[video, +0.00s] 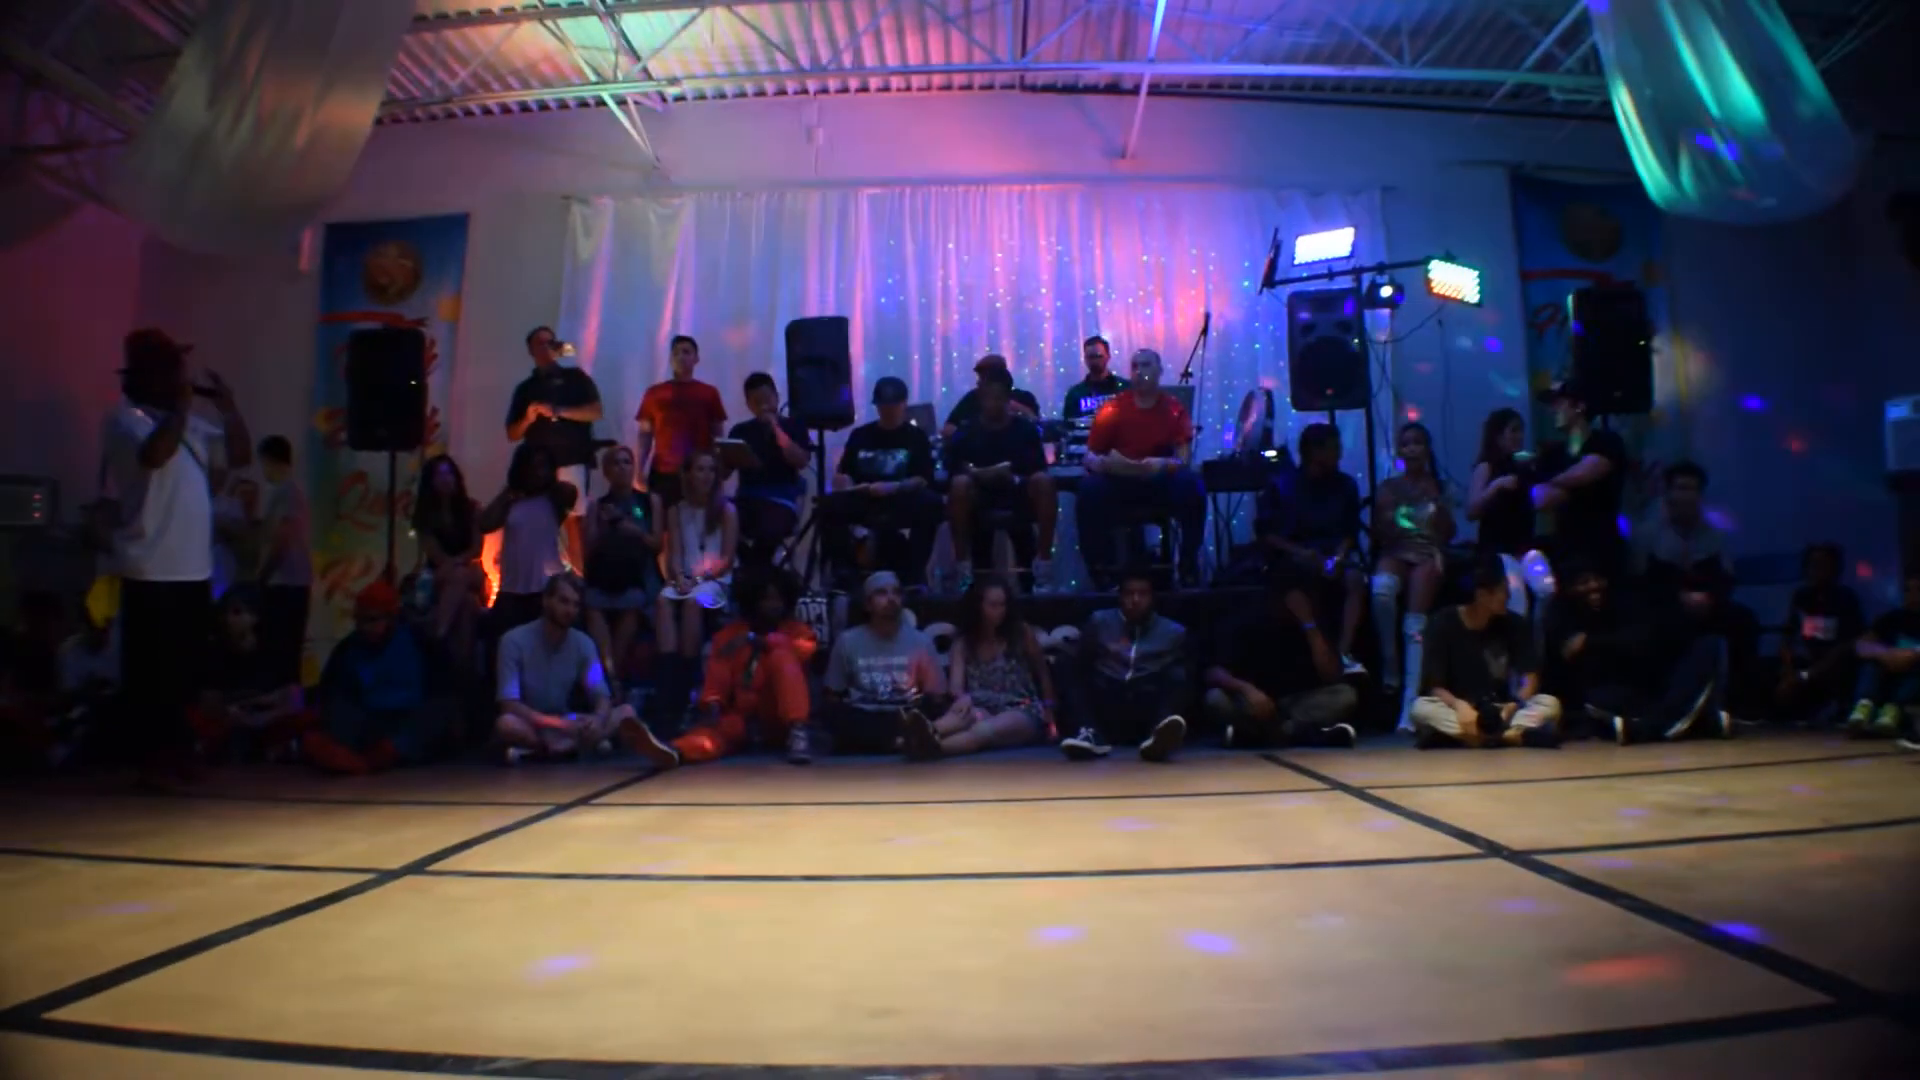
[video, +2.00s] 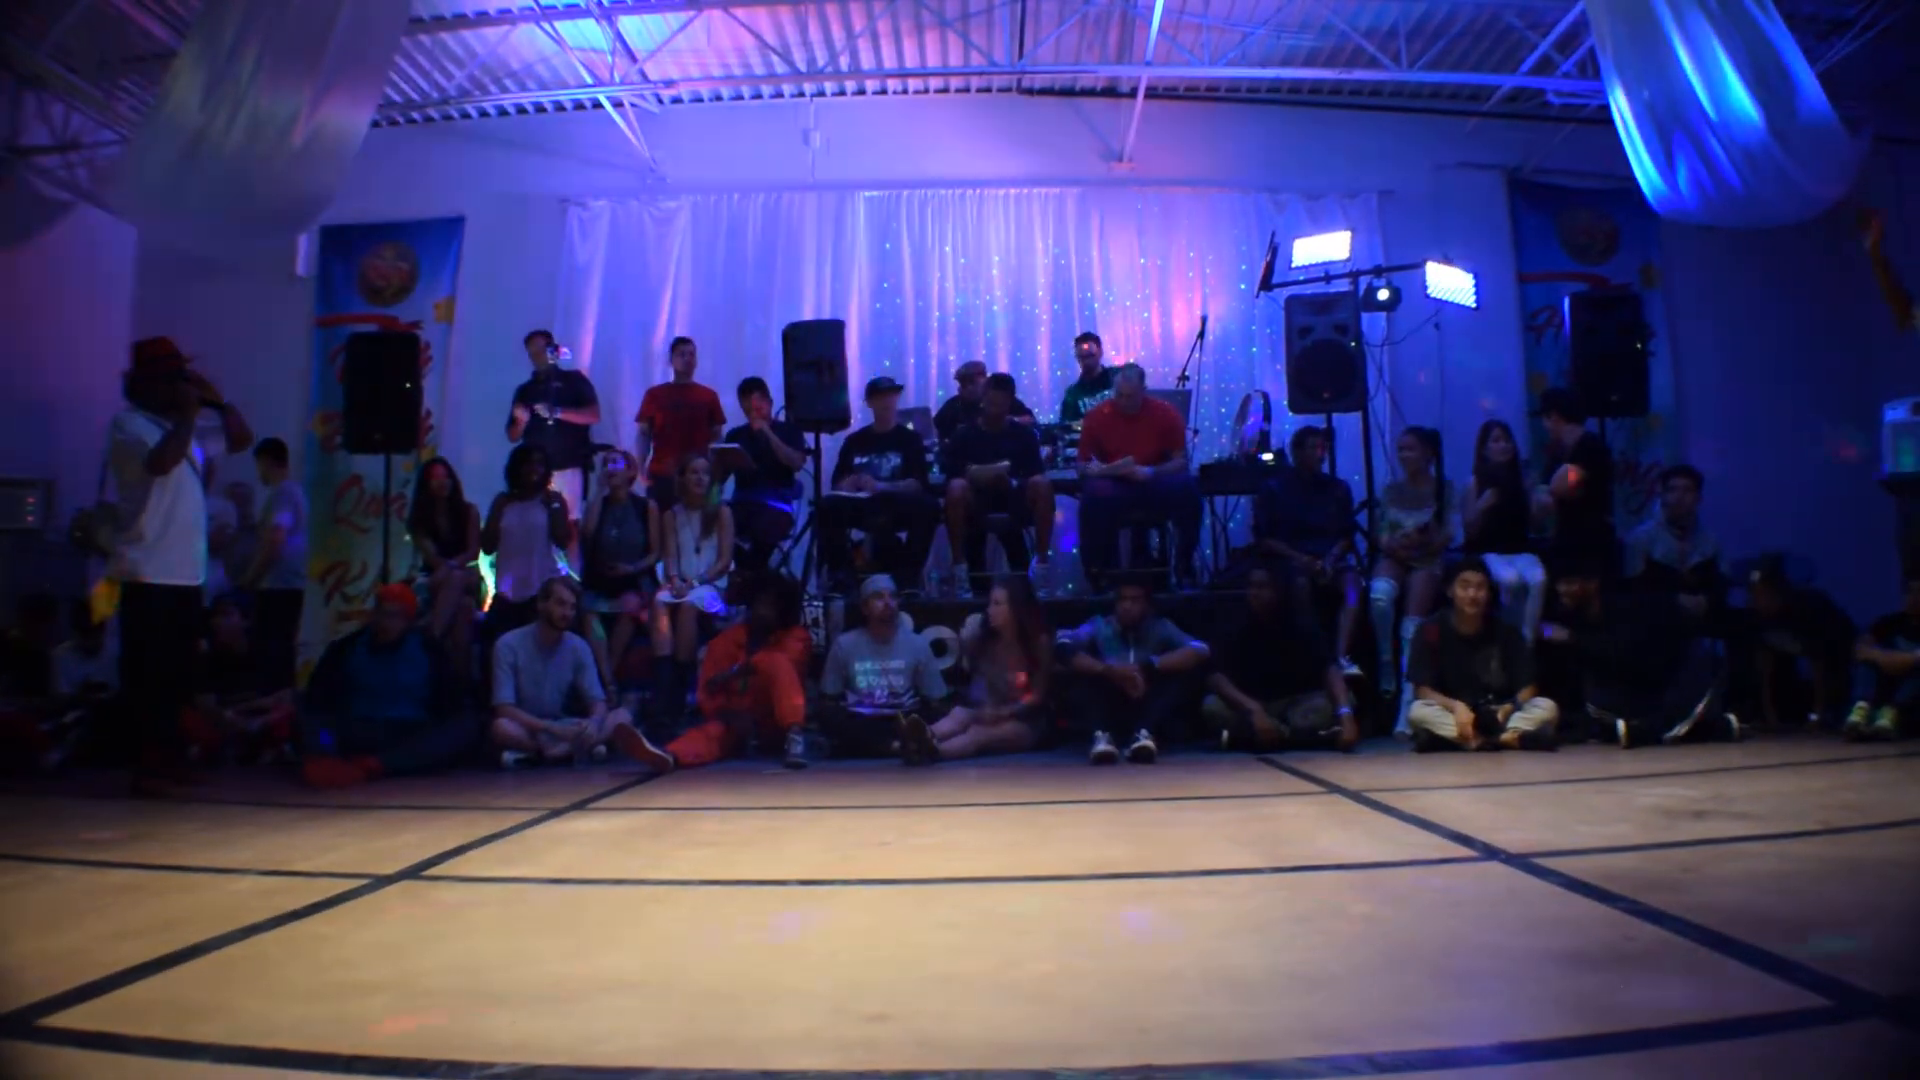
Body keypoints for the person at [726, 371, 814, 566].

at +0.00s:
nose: (764, 404)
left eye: (768, 397)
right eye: (757, 399)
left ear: (777, 398)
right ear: (748, 402)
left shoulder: (793, 428)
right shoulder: (741, 431)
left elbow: (801, 460)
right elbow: (725, 470)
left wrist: (777, 430)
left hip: (781, 494)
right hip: (749, 494)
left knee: (770, 531)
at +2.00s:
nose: (755, 406)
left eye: (760, 400)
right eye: (748, 401)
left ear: (769, 403)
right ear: (742, 406)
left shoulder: (789, 431)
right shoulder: (736, 435)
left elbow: (797, 462)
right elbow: (719, 478)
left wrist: (768, 433)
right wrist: (725, 459)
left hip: (778, 499)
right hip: (745, 498)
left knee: (768, 529)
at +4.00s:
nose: (755, 415)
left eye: (760, 408)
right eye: (750, 410)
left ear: (772, 404)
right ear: (744, 407)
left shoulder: (790, 433)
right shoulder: (736, 435)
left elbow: (802, 468)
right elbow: (718, 474)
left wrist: (772, 459)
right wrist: (736, 458)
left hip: (776, 502)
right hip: (742, 500)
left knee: (764, 535)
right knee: (722, 527)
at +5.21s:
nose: (761, 414)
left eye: (765, 408)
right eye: (755, 408)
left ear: (776, 405)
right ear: (748, 407)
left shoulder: (790, 433)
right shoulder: (737, 435)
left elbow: (805, 469)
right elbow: (720, 474)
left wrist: (776, 458)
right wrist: (733, 459)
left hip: (778, 501)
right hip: (744, 499)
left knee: (764, 535)